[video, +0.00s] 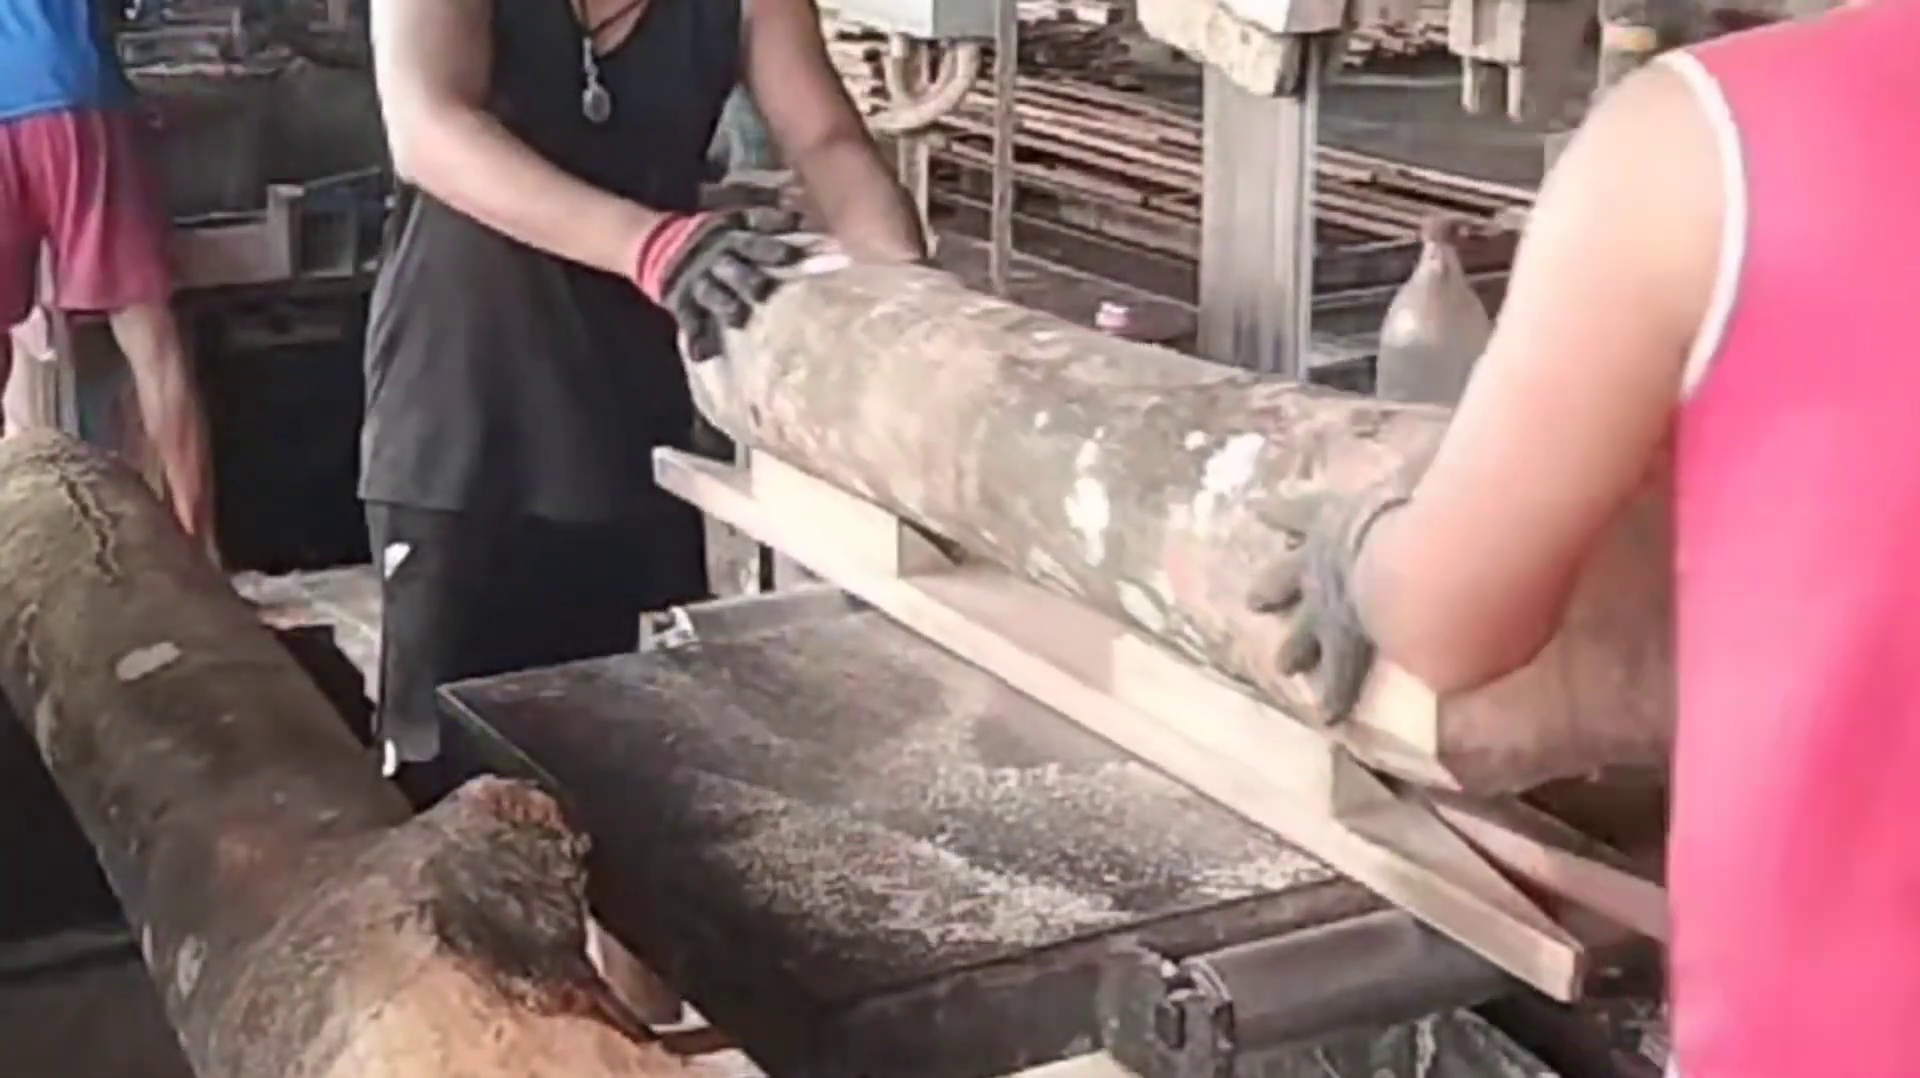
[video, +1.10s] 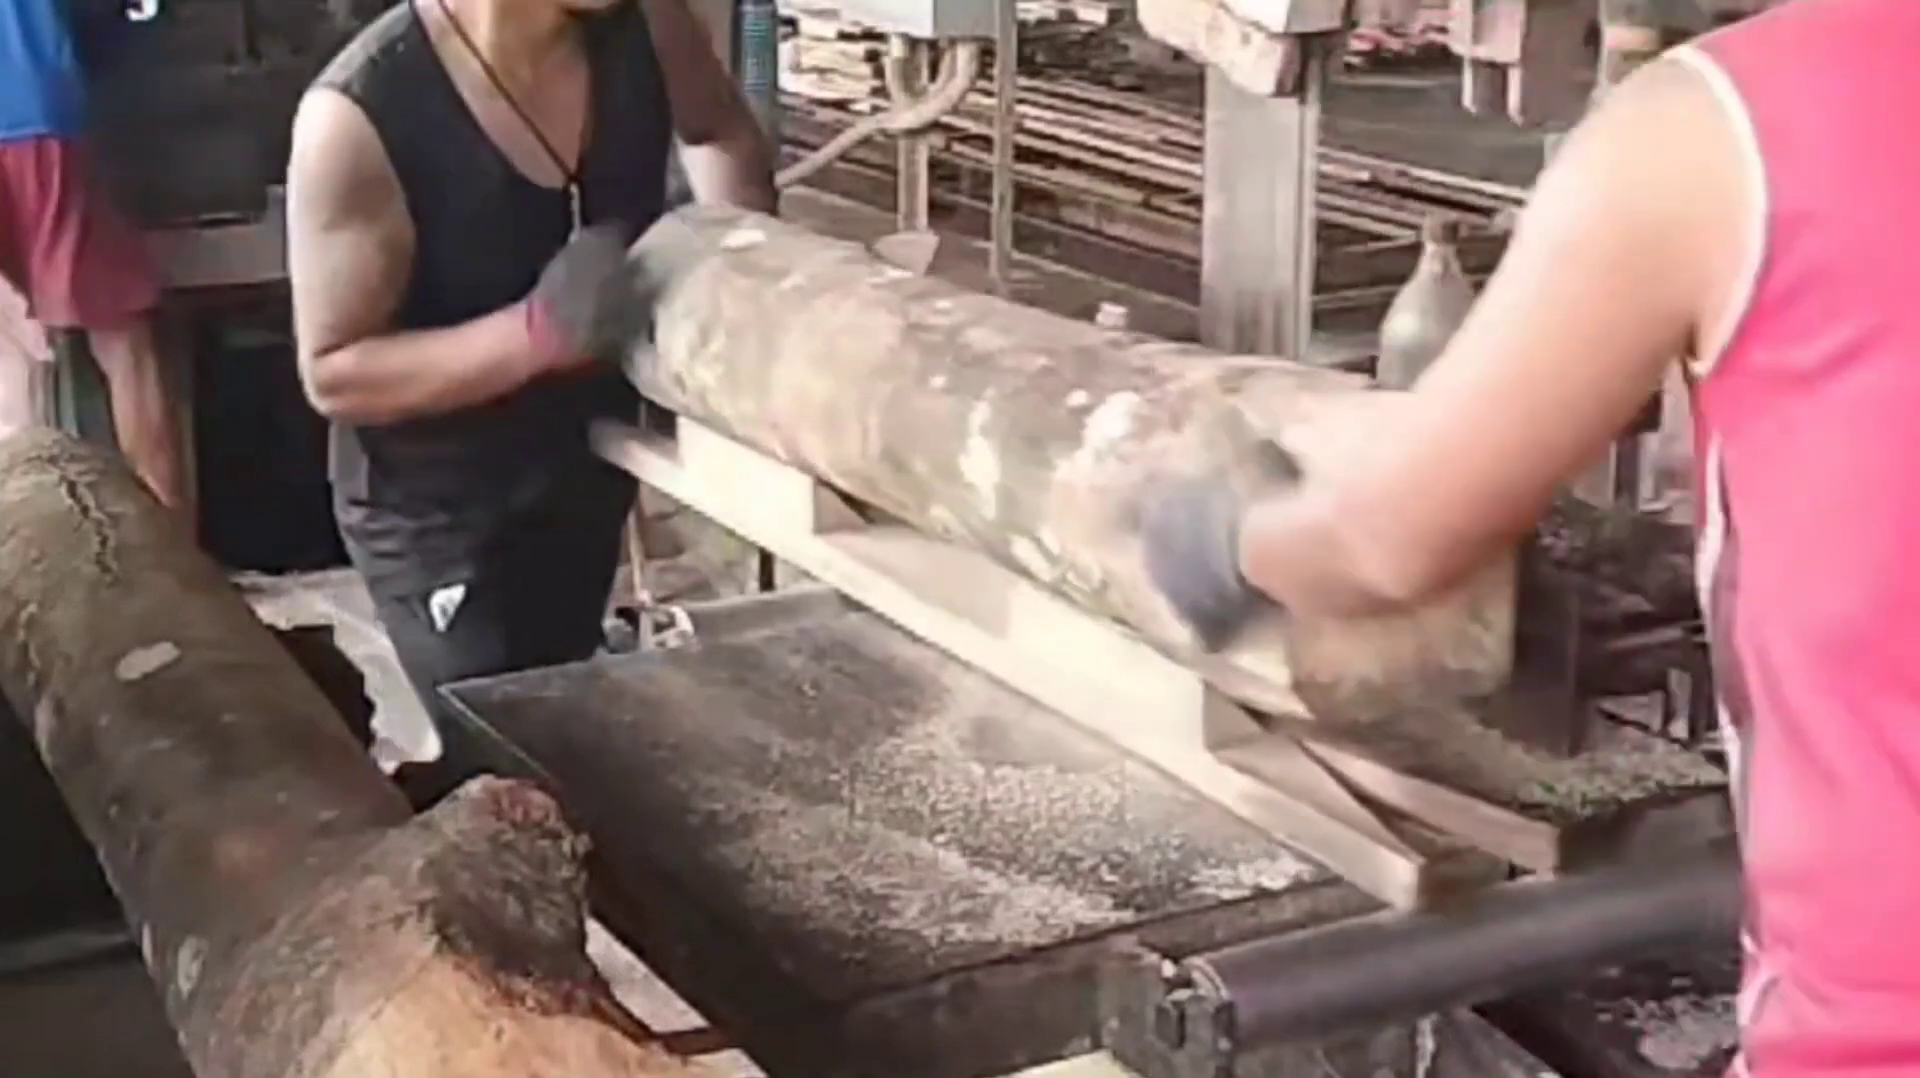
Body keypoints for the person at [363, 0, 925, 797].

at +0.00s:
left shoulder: (748, 8)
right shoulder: (441, 12)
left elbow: (829, 142)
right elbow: (429, 132)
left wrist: (909, 297)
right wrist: (654, 243)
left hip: (637, 421)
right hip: (465, 415)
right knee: (455, 765)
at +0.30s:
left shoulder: (614, 7)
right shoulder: (336, 11)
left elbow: (761, 113)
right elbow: (311, 176)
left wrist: (794, 267)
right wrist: (567, 236)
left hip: (536, 417)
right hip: (368, 425)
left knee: (595, 721)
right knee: (417, 761)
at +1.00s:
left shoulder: (637, 13)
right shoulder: (351, 48)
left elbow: (741, 134)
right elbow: (347, 302)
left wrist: (729, 269)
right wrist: (535, 243)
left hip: (556, 426)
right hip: (409, 447)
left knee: (520, 702)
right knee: (465, 735)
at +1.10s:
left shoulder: (646, 23)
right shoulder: (358, 116)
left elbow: (720, 131)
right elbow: (335, 373)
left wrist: (739, 274)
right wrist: (535, 332)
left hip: (585, 473)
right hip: (435, 504)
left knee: (555, 727)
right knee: (503, 765)